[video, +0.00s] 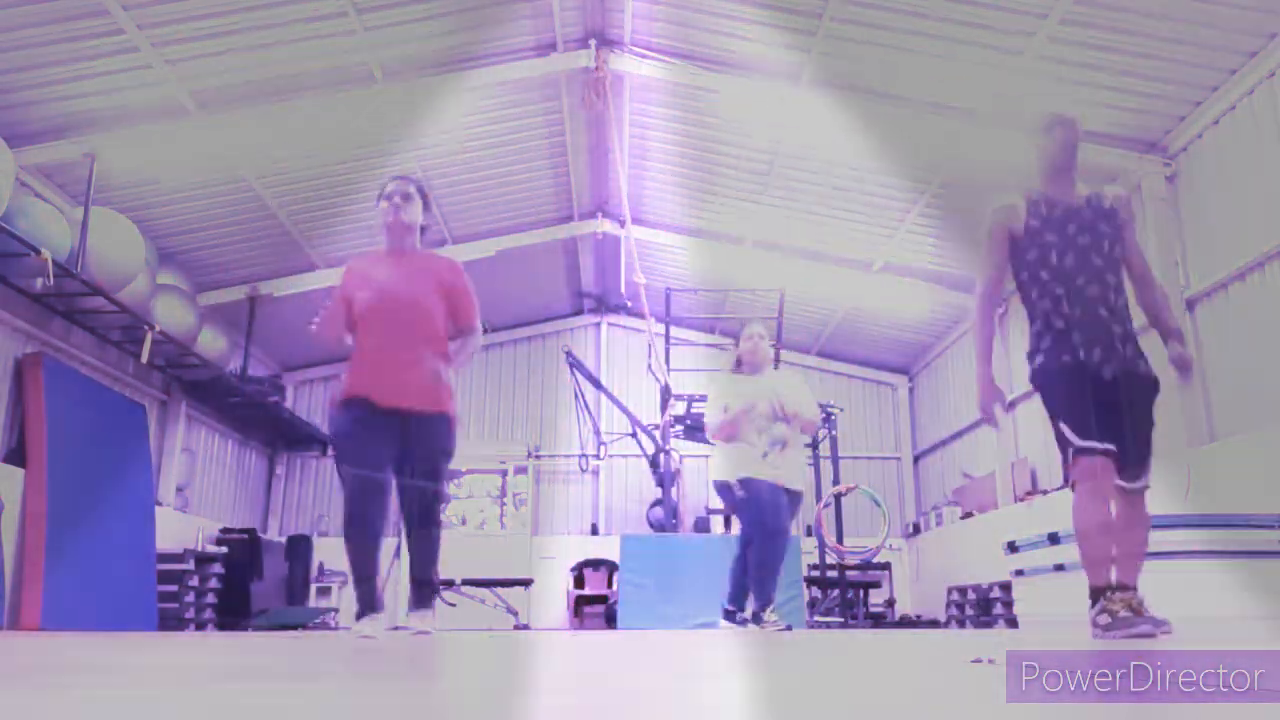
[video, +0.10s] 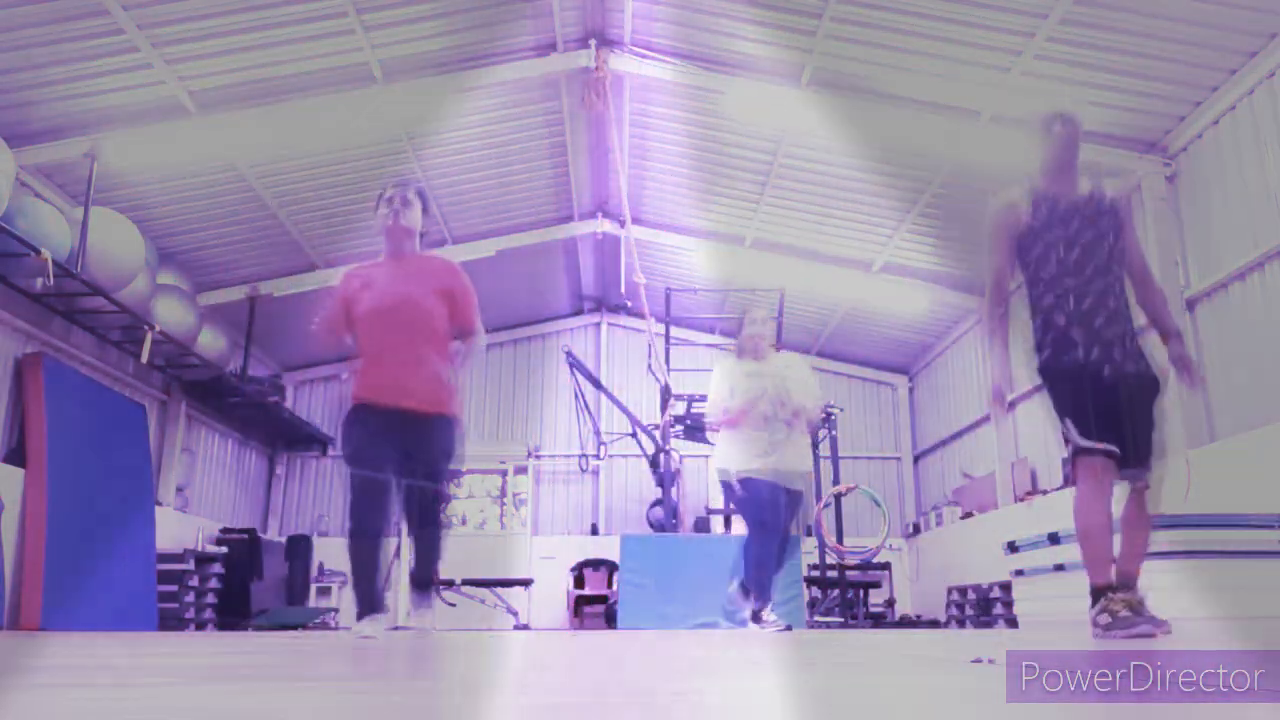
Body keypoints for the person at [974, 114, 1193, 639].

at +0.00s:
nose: (1063, 146)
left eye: (1069, 138)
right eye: (1054, 137)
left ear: (1078, 150)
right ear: (1038, 149)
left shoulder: (1110, 208)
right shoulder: (1014, 214)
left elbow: (1144, 281)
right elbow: (986, 300)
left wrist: (1173, 338)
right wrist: (984, 378)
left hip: (1123, 358)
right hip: (1063, 362)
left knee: (1132, 486)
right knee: (1094, 471)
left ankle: (1129, 596)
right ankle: (1104, 602)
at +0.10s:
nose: (1065, 138)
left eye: (1072, 132)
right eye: (1055, 131)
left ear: (1082, 148)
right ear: (1040, 146)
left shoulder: (1109, 205)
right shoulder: (1017, 211)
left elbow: (1143, 281)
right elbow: (997, 295)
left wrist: (1174, 343)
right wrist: (999, 371)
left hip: (1124, 353)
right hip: (1068, 356)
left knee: (1138, 481)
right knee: (1095, 467)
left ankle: (1128, 594)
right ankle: (1103, 602)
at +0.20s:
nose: (1067, 137)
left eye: (1073, 127)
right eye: (1058, 127)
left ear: (1084, 131)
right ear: (1040, 132)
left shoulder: (1109, 190)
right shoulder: (1025, 200)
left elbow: (1138, 262)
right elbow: (1003, 281)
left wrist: (1170, 317)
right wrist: (1026, 337)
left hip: (1120, 337)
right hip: (1069, 343)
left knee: (1166, 441)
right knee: (1087, 463)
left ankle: (1124, 521)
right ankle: (1106, 592)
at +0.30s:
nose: (1073, 133)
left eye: (1081, 123)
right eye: (1064, 124)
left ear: (1091, 127)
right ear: (1048, 129)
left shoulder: (1117, 185)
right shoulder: (1031, 190)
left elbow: (1142, 261)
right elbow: (1018, 269)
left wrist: (1180, 329)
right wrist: (1059, 318)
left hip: (1123, 333)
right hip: (1070, 338)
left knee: (1198, 399)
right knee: (1100, 464)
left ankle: (1124, 458)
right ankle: (1102, 597)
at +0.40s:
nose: (1089, 148)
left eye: (1097, 140)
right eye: (1079, 138)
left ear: (1107, 150)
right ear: (1060, 147)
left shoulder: (1126, 208)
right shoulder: (1043, 206)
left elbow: (1158, 279)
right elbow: (1030, 285)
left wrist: (1194, 343)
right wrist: (1090, 321)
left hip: (1133, 344)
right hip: (1080, 353)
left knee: (1214, 376)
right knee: (1114, 477)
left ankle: (1133, 423)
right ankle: (1102, 600)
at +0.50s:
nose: (1103, 141)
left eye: (1110, 133)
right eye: (1093, 132)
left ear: (1119, 143)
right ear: (1072, 141)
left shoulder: (1140, 201)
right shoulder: (1051, 197)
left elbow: (1166, 274)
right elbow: (1034, 275)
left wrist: (1201, 332)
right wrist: (1091, 320)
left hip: (1147, 342)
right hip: (1090, 349)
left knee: (1222, 372)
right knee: (1108, 473)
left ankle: (1168, 473)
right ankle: (1103, 598)